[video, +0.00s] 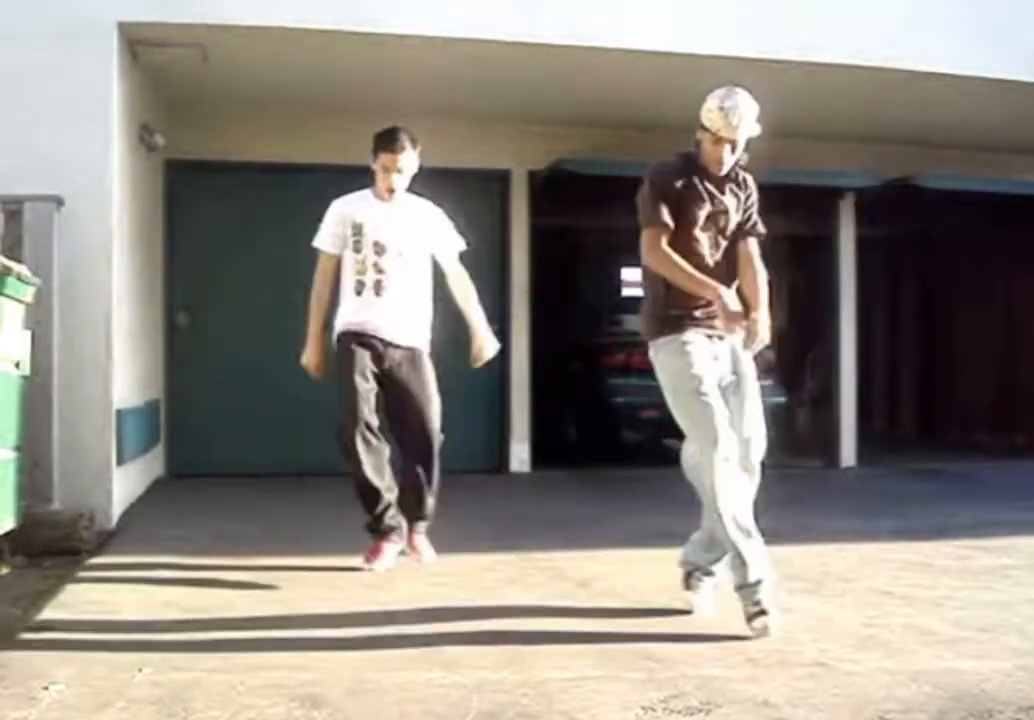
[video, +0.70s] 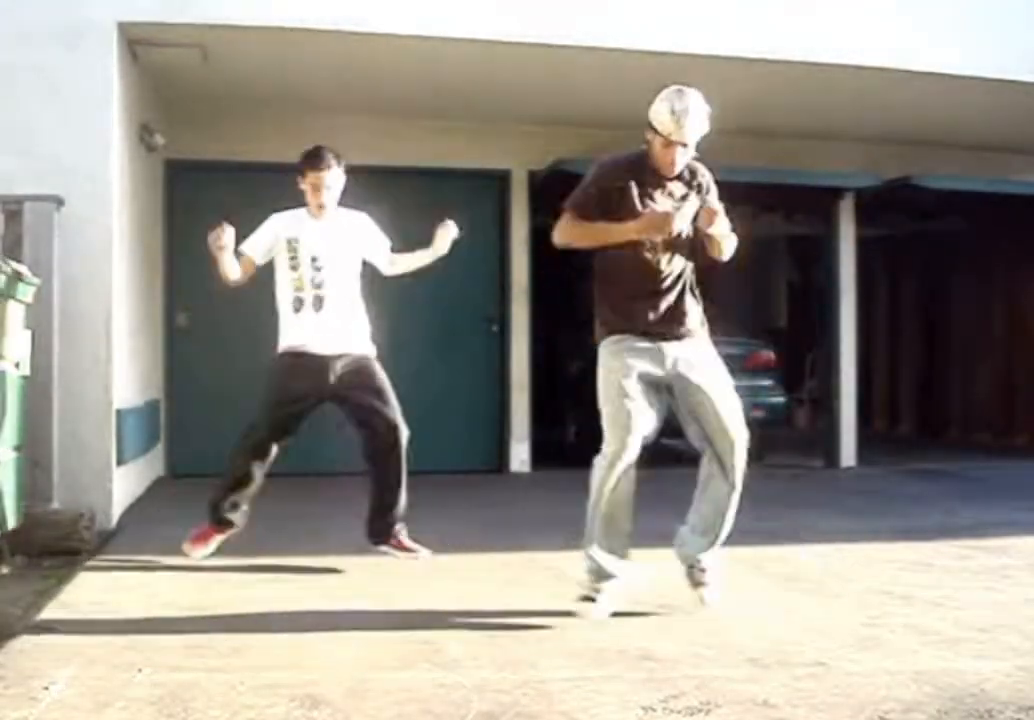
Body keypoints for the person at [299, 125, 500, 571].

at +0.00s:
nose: (395, 178)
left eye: (403, 170)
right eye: (388, 169)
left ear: (415, 168)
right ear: (374, 164)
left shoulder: (428, 216)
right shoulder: (345, 210)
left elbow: (456, 275)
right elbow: (324, 276)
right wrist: (314, 339)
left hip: (410, 339)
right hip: (358, 333)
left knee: (426, 430)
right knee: (359, 427)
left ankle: (418, 525)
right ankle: (386, 529)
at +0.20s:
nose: (364, 200)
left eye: (370, 191)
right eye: (356, 191)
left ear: (379, 190)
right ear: (339, 188)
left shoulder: (393, 241)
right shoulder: (313, 237)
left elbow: (385, 297)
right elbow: (309, 298)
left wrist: (360, 330)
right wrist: (320, 340)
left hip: (377, 354)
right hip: (330, 353)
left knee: (373, 454)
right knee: (346, 443)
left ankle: (317, 533)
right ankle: (403, 541)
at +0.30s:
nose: (354, 190)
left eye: (359, 182)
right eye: (346, 182)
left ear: (365, 180)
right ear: (325, 180)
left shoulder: (376, 224)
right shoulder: (294, 223)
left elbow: (375, 287)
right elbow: (280, 285)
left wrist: (365, 331)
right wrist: (285, 338)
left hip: (363, 350)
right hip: (312, 344)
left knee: (365, 447)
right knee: (300, 426)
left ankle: (328, 516)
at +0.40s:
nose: (333, 191)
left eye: (338, 183)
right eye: (326, 183)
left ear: (341, 180)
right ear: (304, 177)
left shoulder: (346, 221)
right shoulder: (270, 220)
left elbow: (348, 280)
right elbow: (242, 273)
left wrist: (372, 322)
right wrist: (228, 326)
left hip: (339, 356)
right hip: (285, 353)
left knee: (380, 439)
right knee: (252, 435)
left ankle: (371, 530)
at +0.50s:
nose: (312, 225)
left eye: (319, 218)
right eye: (306, 217)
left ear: (325, 216)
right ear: (286, 210)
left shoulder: (327, 260)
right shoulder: (255, 258)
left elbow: (350, 314)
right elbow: (212, 311)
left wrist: (383, 272)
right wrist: (169, 291)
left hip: (308, 388)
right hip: (255, 385)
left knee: (359, 464)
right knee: (217, 469)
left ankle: (413, 543)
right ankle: (166, 532)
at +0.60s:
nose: (308, 221)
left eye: (315, 213)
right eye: (300, 213)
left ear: (323, 213)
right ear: (283, 212)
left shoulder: (333, 258)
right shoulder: (258, 257)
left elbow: (373, 291)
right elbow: (202, 294)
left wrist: (385, 245)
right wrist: (175, 249)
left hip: (313, 388)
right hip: (258, 386)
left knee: (365, 460)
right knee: (220, 471)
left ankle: (413, 546)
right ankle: (169, 534)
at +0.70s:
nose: (320, 195)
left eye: (327, 187)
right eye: (313, 187)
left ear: (341, 184)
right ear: (302, 185)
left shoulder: (357, 225)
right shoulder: (280, 226)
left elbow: (391, 264)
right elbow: (236, 275)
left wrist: (437, 250)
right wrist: (223, 253)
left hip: (354, 357)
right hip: (298, 358)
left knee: (391, 431)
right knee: (262, 439)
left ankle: (387, 530)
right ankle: (222, 522)